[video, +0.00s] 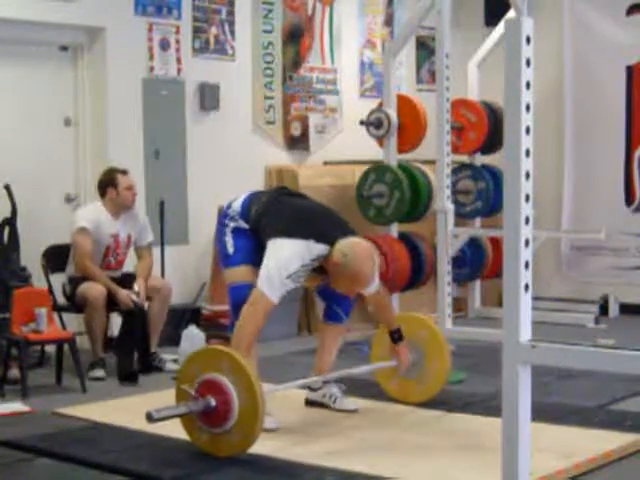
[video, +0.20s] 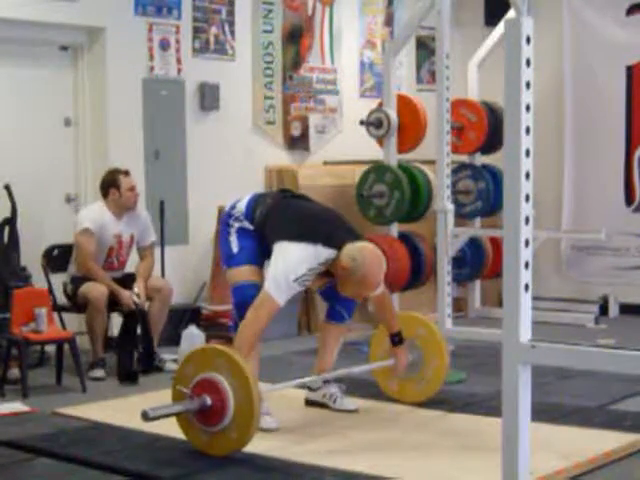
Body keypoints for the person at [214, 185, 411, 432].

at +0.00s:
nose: (352, 294)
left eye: (359, 290)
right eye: (350, 288)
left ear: (369, 270)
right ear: (333, 265)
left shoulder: (360, 258)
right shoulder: (288, 254)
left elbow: (377, 297)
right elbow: (254, 313)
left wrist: (397, 338)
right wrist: (234, 381)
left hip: (293, 211)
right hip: (243, 216)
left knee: (340, 299)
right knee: (245, 304)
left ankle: (320, 384)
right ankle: (249, 398)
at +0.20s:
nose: (365, 298)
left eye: (372, 294)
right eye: (361, 294)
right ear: (341, 270)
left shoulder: (363, 256)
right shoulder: (294, 260)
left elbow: (380, 298)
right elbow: (255, 319)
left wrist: (397, 342)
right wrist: (232, 381)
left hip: (294, 213)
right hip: (246, 218)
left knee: (342, 300)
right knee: (249, 306)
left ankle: (321, 384)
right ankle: (251, 399)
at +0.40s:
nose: (355, 303)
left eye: (360, 298)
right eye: (353, 298)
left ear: (372, 280)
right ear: (334, 277)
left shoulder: (366, 270)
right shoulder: (289, 262)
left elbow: (382, 302)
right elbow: (246, 318)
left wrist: (400, 344)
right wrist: (222, 374)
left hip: (296, 212)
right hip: (246, 217)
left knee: (346, 304)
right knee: (247, 311)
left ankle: (321, 383)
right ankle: (250, 397)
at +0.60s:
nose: (353, 303)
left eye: (359, 298)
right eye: (352, 297)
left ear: (370, 278)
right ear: (332, 277)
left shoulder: (362, 264)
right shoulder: (288, 261)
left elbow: (382, 302)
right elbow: (247, 313)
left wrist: (401, 344)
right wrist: (216, 369)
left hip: (294, 213)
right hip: (244, 218)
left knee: (344, 303)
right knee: (249, 305)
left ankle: (321, 381)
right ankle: (251, 393)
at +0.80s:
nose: (357, 293)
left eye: (364, 289)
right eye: (355, 287)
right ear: (340, 266)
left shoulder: (359, 257)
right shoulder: (292, 256)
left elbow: (381, 301)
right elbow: (253, 312)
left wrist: (401, 344)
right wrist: (226, 368)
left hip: (280, 214)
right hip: (238, 219)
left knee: (332, 295)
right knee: (267, 305)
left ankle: (313, 385)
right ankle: (240, 393)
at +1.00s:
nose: (367, 299)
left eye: (375, 293)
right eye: (366, 291)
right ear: (347, 270)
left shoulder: (359, 255)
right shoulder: (301, 260)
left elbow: (382, 301)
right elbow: (256, 315)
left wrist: (401, 346)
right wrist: (226, 372)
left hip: (275, 218)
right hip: (236, 221)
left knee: (327, 292)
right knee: (265, 306)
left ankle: (310, 385)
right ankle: (233, 394)